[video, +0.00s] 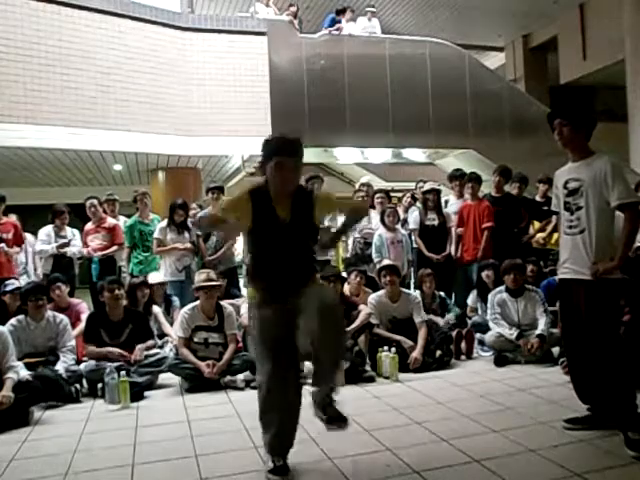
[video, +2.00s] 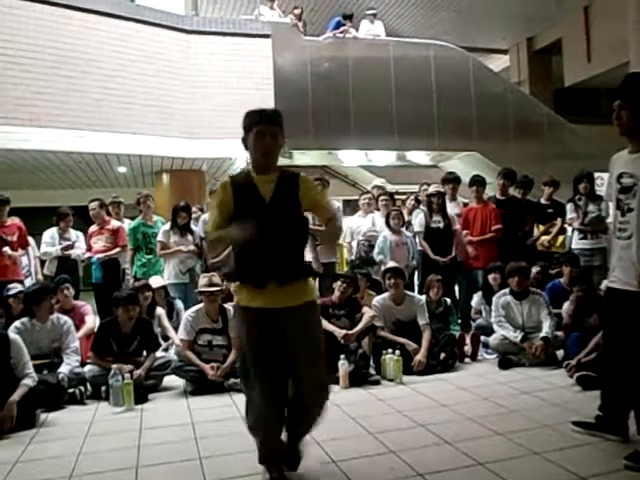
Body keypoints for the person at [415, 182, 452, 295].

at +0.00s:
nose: (432, 198)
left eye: (435, 195)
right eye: (429, 194)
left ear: (438, 197)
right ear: (424, 197)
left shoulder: (445, 214)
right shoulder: (418, 214)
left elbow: (449, 234)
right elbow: (416, 236)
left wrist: (447, 251)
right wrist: (428, 254)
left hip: (443, 257)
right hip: (425, 257)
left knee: (444, 290)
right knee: (425, 289)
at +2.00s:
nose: (436, 200)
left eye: (439, 197)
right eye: (433, 197)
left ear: (443, 199)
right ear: (429, 199)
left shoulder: (449, 217)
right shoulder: (423, 216)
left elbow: (454, 236)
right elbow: (420, 238)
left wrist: (453, 253)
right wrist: (433, 256)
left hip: (448, 259)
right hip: (430, 259)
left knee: (448, 292)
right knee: (429, 291)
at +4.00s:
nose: (437, 201)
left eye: (439, 198)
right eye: (434, 198)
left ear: (443, 200)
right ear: (429, 199)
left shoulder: (448, 217)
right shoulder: (423, 217)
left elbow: (453, 236)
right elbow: (420, 238)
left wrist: (450, 254)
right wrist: (432, 256)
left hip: (446, 260)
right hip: (429, 260)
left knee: (447, 291)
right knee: (428, 290)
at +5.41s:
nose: (435, 201)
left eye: (438, 197)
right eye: (433, 197)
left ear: (443, 200)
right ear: (429, 200)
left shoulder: (450, 218)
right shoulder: (422, 217)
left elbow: (452, 238)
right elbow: (418, 239)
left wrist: (446, 256)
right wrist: (429, 257)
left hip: (444, 259)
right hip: (427, 260)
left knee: (445, 290)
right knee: (426, 289)